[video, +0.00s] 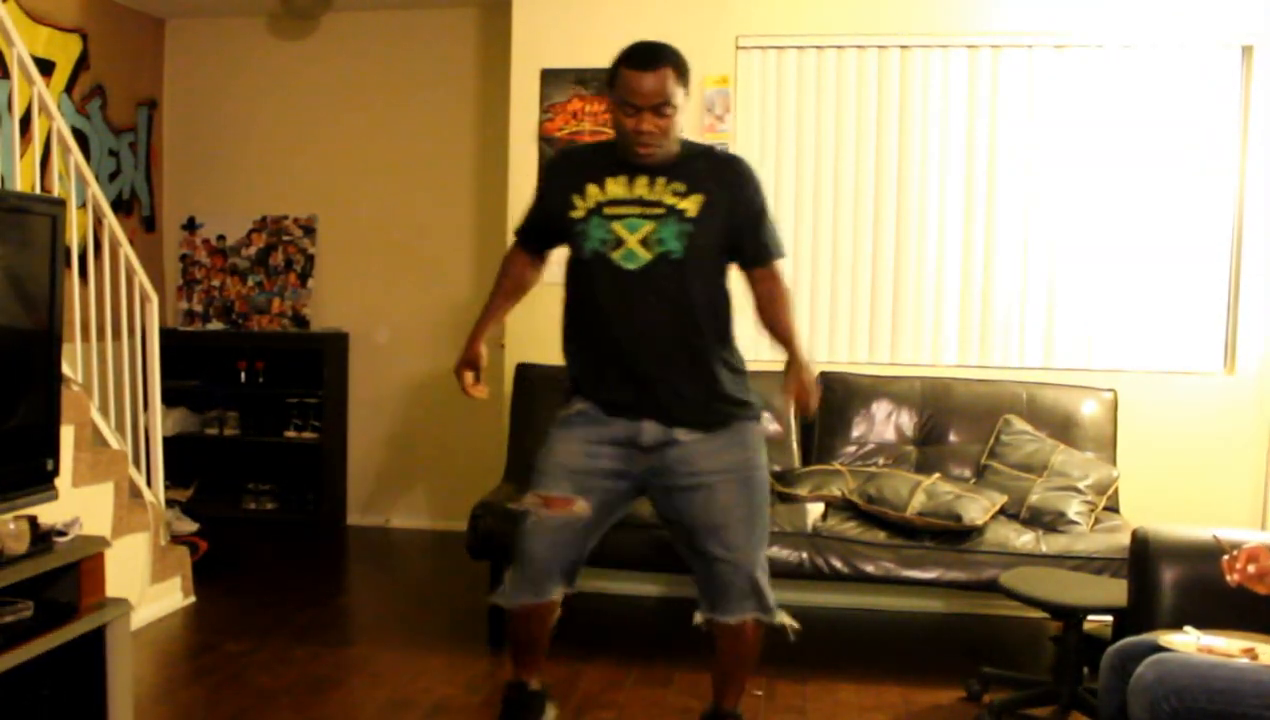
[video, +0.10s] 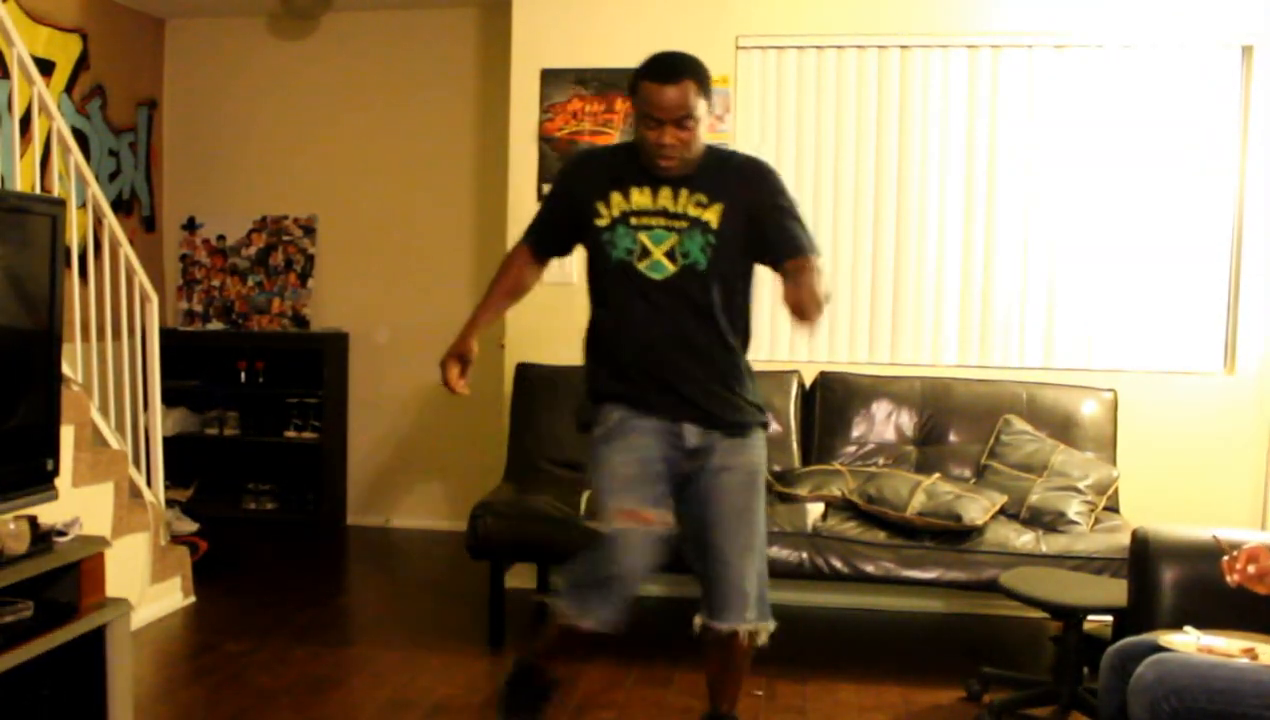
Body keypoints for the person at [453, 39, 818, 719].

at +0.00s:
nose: (646, 122)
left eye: (661, 109)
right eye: (633, 108)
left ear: (682, 106)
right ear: (611, 105)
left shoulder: (726, 179)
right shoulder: (573, 172)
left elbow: (764, 275)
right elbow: (528, 254)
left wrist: (796, 354)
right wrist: (481, 333)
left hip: (710, 418)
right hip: (599, 413)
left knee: (739, 583)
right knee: (536, 553)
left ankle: (727, 712)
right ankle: (524, 695)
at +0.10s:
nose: (667, 137)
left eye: (682, 123)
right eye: (653, 121)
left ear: (707, 115)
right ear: (632, 113)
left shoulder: (747, 181)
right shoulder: (593, 175)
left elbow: (798, 264)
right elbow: (531, 254)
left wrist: (803, 292)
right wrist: (471, 332)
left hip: (725, 410)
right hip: (629, 405)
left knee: (737, 591)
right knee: (627, 558)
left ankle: (723, 716)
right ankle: (537, 670)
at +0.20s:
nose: (685, 144)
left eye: (701, 130)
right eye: (672, 128)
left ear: (724, 124)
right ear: (651, 118)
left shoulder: (759, 190)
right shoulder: (601, 175)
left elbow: (823, 283)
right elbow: (528, 240)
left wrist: (806, 256)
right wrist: (466, 312)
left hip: (740, 416)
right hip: (643, 409)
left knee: (752, 602)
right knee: (670, 565)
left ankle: (724, 715)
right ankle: (602, 697)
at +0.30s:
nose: (694, 148)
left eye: (709, 134)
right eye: (680, 132)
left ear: (731, 128)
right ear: (659, 123)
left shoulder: (758, 188)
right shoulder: (605, 176)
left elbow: (803, 277)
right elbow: (514, 224)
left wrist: (793, 223)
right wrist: (477, 273)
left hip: (740, 409)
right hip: (642, 404)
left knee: (759, 578)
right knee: (637, 575)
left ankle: (725, 712)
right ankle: (652, 711)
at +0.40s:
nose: (697, 148)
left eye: (711, 133)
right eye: (682, 133)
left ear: (732, 124)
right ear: (660, 123)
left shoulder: (762, 173)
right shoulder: (613, 177)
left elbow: (806, 257)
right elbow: (518, 225)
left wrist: (792, 203)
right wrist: (504, 252)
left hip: (736, 406)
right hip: (629, 394)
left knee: (758, 583)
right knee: (564, 544)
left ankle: (726, 711)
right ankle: (605, 691)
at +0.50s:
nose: (692, 137)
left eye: (706, 121)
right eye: (676, 122)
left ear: (728, 110)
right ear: (655, 114)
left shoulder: (761, 148)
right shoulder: (620, 172)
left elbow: (817, 227)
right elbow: (531, 250)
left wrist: (810, 184)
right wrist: (552, 235)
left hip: (726, 396)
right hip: (616, 379)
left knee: (745, 568)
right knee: (530, 537)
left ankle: (729, 710)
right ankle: (555, 678)